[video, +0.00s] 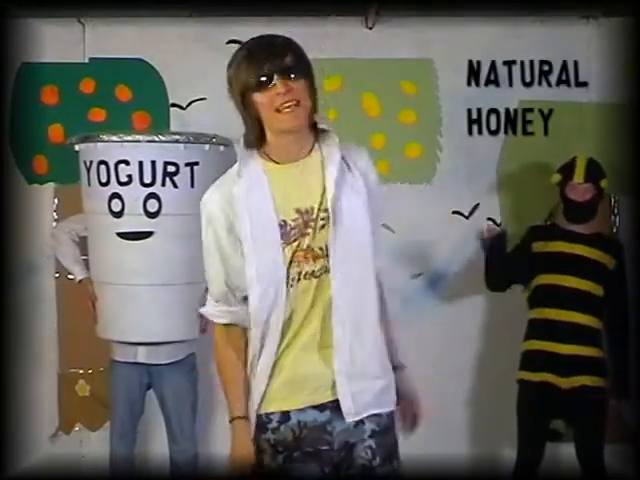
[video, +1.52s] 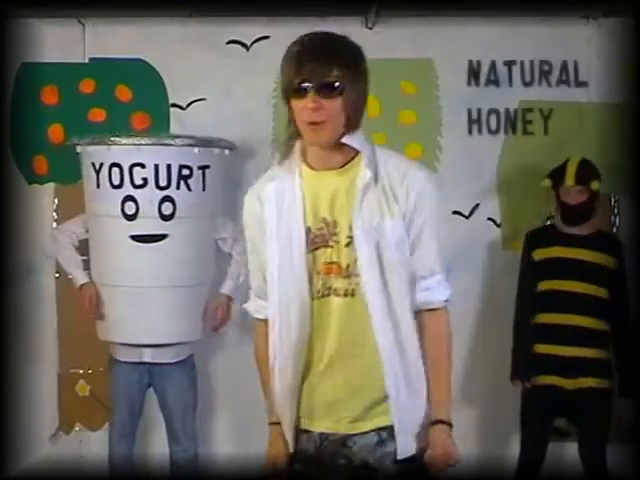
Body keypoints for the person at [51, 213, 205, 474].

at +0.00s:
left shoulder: (189, 227)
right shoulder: (112, 222)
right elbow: (62, 230)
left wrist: (211, 298)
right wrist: (83, 278)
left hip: (176, 353)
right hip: (125, 353)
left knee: (184, 448)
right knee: (121, 448)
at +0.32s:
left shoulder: (198, 219)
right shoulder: (114, 217)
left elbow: (237, 249)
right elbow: (63, 233)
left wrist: (213, 291)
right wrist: (87, 279)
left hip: (178, 352)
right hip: (127, 352)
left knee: (186, 449)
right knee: (122, 451)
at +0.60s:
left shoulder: (196, 220)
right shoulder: (112, 220)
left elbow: (245, 239)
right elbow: (62, 234)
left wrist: (215, 289)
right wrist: (86, 279)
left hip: (178, 353)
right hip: (127, 353)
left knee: (186, 450)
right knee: (121, 451)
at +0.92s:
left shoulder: (195, 219)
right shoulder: (113, 219)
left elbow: (247, 240)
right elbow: (63, 234)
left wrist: (217, 288)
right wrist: (85, 278)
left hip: (178, 353)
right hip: (127, 352)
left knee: (185, 449)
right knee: (121, 450)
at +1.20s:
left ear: (174, 196)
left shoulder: (195, 220)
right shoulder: (113, 219)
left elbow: (247, 241)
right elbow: (62, 233)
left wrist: (218, 289)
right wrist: (84, 278)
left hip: (177, 353)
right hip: (127, 352)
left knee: (185, 448)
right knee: (121, 449)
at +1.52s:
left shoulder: (196, 221)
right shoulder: (110, 220)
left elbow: (241, 245)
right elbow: (60, 236)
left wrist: (226, 293)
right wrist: (82, 281)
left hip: (176, 353)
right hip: (125, 353)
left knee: (185, 447)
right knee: (120, 448)